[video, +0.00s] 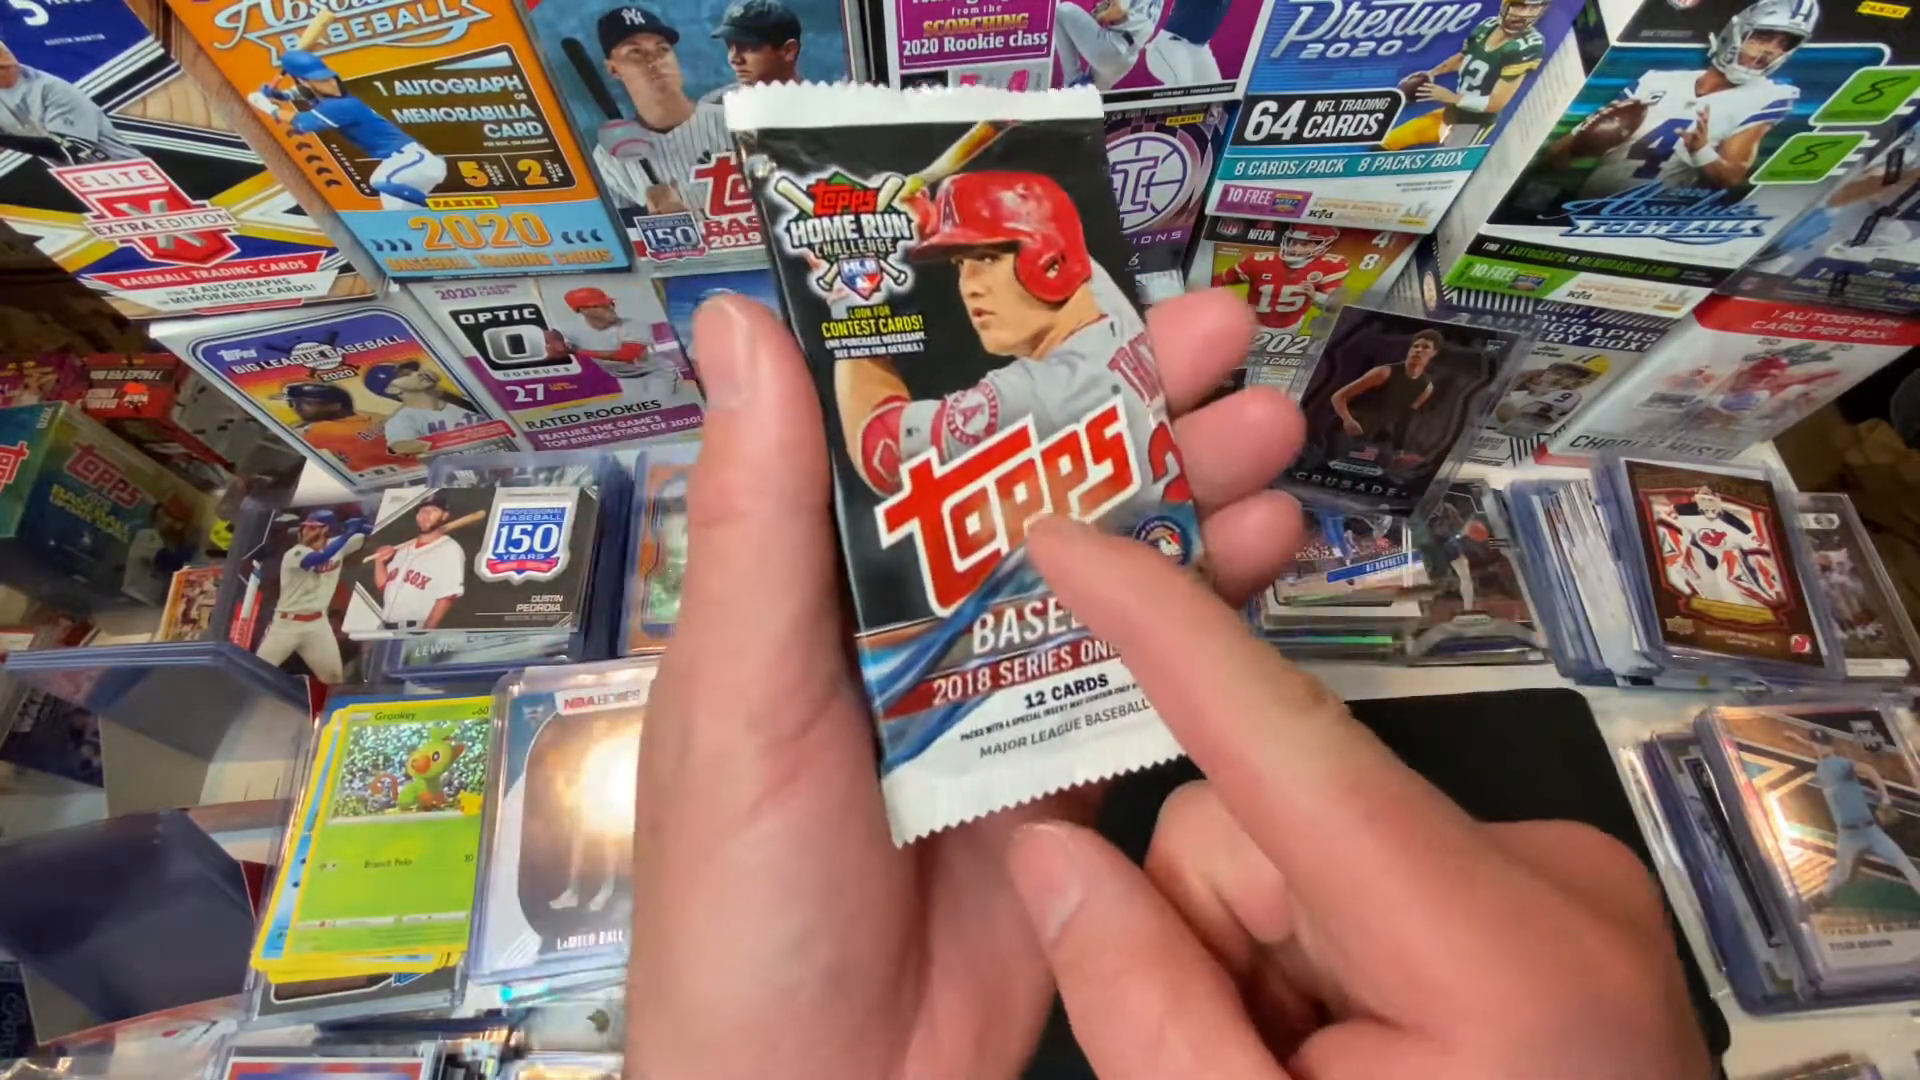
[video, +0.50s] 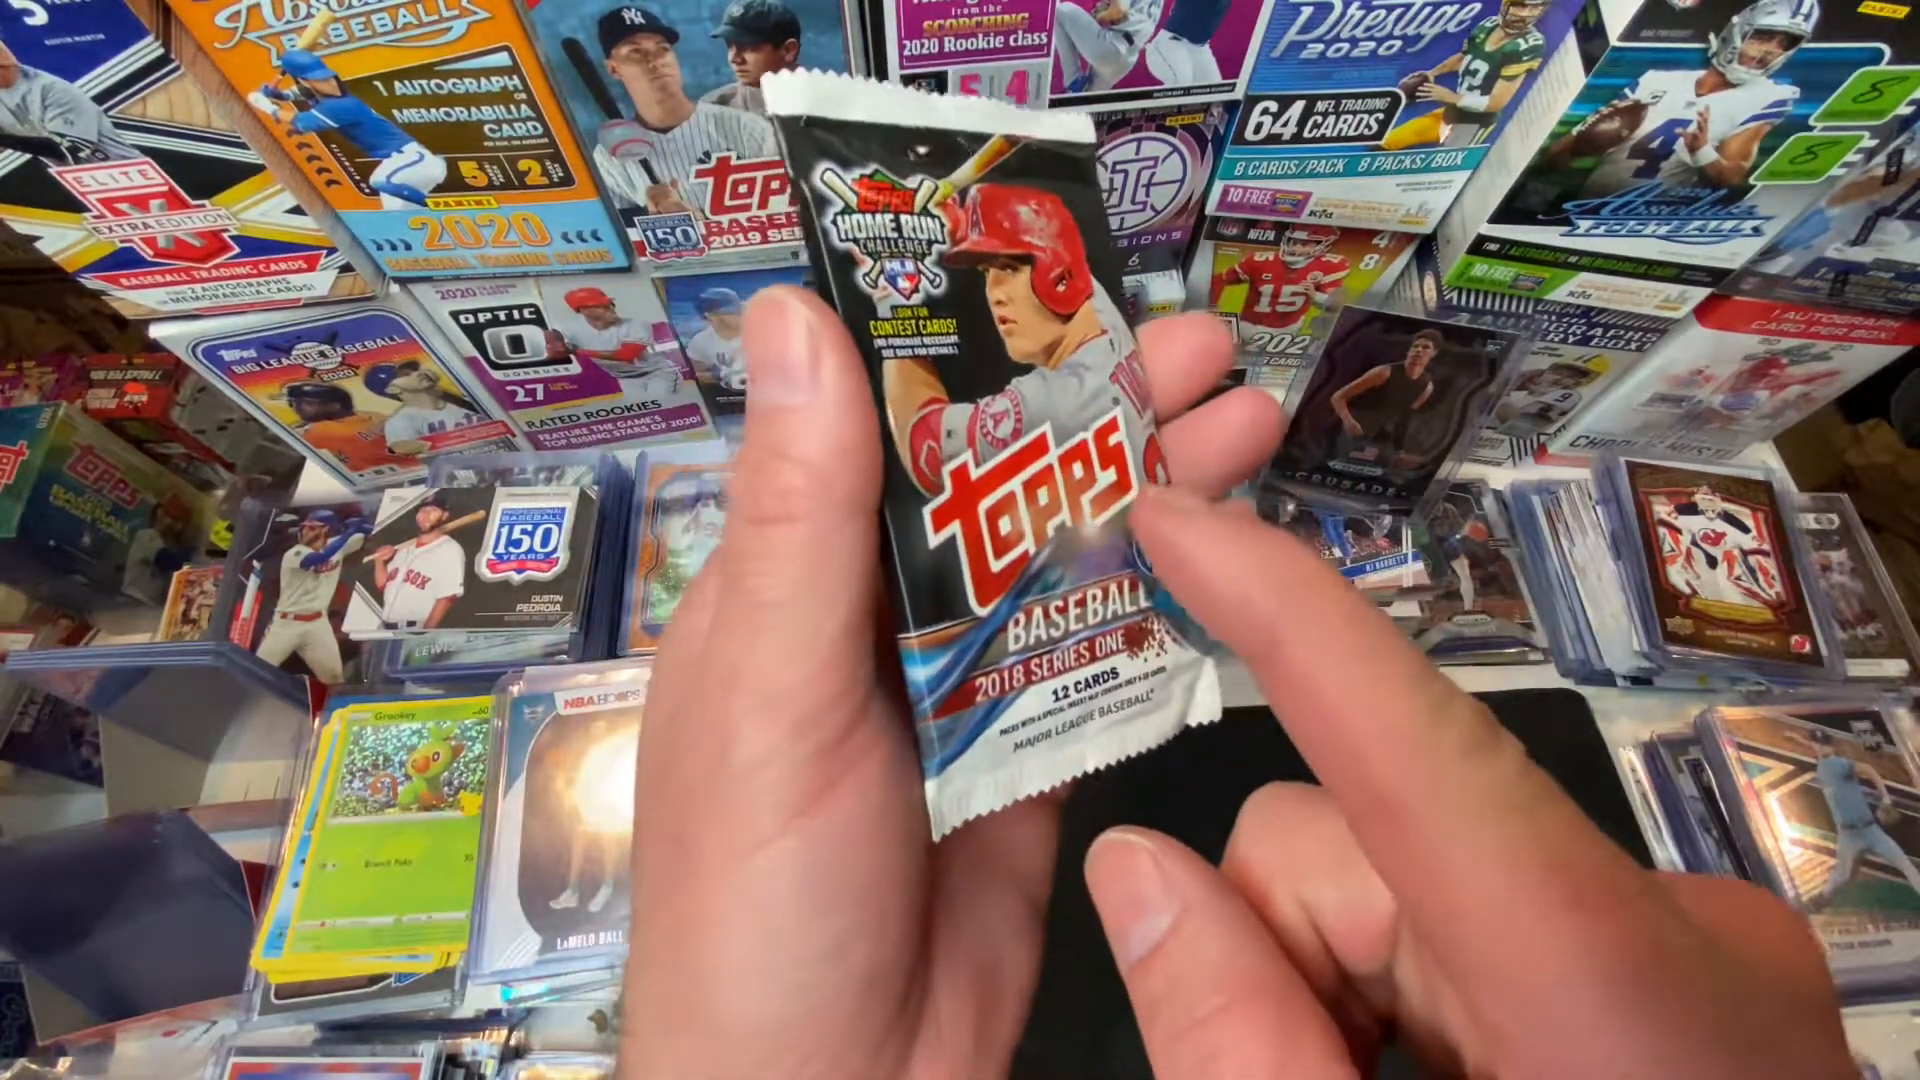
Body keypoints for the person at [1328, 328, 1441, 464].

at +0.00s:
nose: (1418, 350)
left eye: (1425, 347)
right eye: (1415, 346)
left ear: (1434, 354)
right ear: (1409, 349)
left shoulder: (1426, 389)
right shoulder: (1384, 373)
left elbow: (1405, 417)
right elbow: (1338, 397)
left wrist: (1400, 450)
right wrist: (1347, 420)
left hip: (1384, 441)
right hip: (1357, 435)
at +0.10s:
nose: (1419, 350)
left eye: (1426, 347)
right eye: (1416, 346)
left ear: (1433, 354)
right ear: (1409, 350)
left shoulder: (1426, 388)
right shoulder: (1384, 373)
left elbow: (1405, 415)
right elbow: (1338, 396)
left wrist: (1399, 450)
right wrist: (1348, 420)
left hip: (1385, 439)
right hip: (1357, 434)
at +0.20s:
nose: (1418, 350)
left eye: (1425, 347)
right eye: (1416, 346)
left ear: (1433, 354)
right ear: (1409, 350)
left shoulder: (1426, 388)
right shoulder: (1384, 373)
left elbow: (1404, 416)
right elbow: (1338, 397)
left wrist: (1399, 451)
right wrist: (1348, 420)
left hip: (1384, 440)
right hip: (1357, 434)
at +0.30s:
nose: (1418, 350)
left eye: (1425, 347)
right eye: (1415, 346)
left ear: (1433, 354)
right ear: (1409, 350)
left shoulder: (1426, 389)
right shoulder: (1384, 373)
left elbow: (1404, 416)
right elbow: (1338, 398)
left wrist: (1399, 451)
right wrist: (1348, 421)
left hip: (1384, 440)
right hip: (1357, 434)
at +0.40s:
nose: (1418, 351)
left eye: (1425, 347)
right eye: (1415, 346)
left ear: (1433, 355)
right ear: (1409, 350)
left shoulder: (1426, 388)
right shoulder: (1384, 373)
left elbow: (1404, 416)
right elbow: (1338, 397)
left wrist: (1399, 451)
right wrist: (1348, 421)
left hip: (1384, 442)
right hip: (1358, 436)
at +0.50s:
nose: (1418, 350)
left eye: (1425, 347)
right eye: (1415, 346)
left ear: (1433, 355)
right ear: (1409, 350)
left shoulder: (1426, 389)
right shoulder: (1384, 373)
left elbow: (1404, 416)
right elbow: (1338, 397)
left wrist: (1399, 451)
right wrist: (1348, 421)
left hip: (1384, 442)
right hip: (1357, 435)